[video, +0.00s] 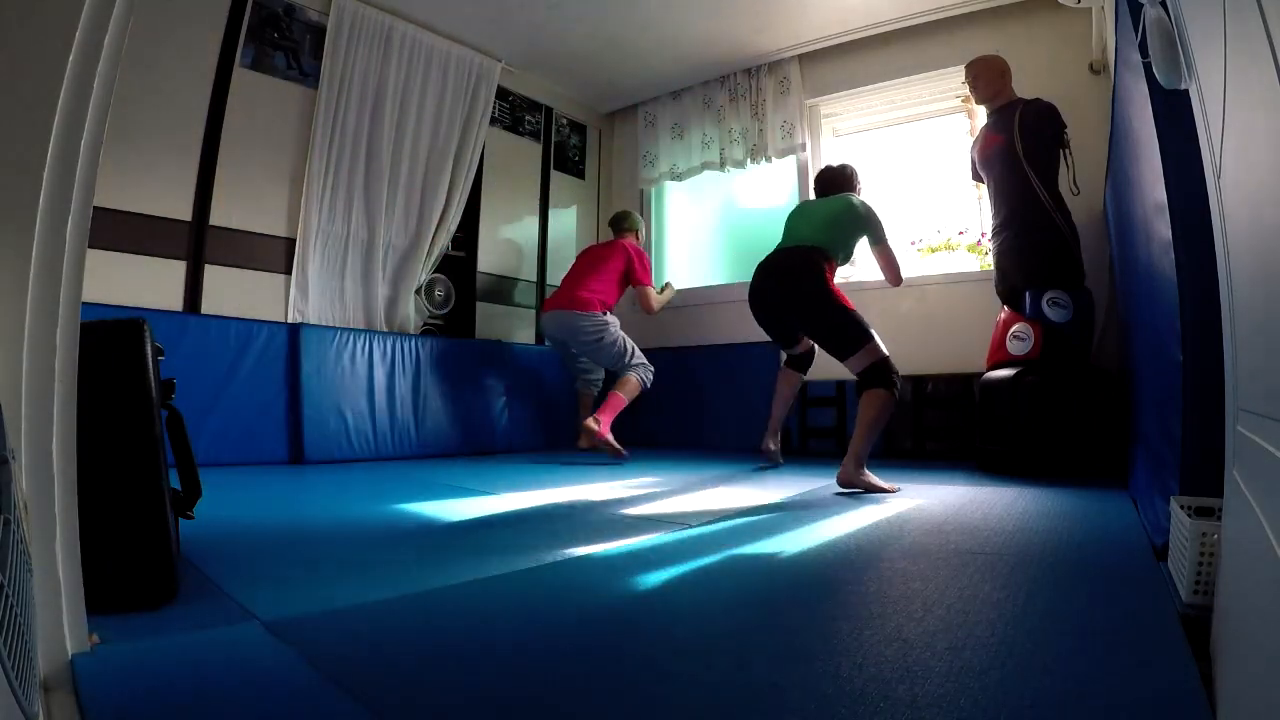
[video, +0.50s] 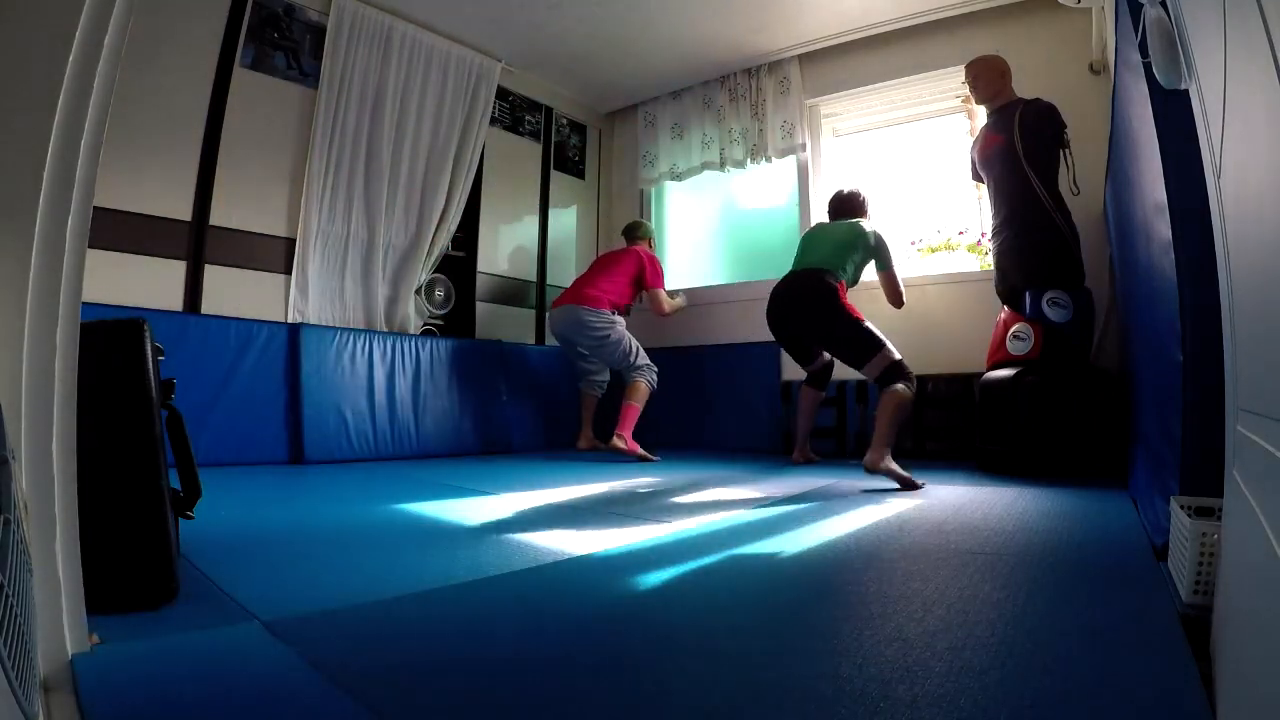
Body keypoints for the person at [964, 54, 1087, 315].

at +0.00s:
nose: (970, 85)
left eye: (975, 77)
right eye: (967, 81)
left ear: (1003, 76)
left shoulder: (1038, 112)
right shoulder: (980, 141)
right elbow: (978, 175)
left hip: (1050, 244)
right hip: (1008, 251)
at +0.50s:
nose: (970, 86)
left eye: (975, 77)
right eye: (968, 82)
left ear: (1003, 75)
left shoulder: (1037, 111)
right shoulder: (981, 140)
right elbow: (978, 176)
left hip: (1050, 244)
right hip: (1008, 250)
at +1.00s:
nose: (970, 85)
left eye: (975, 77)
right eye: (967, 81)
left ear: (1003, 75)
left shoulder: (1038, 112)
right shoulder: (981, 140)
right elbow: (977, 174)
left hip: (1050, 244)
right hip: (1008, 252)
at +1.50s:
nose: (970, 85)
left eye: (975, 76)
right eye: (967, 81)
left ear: (1003, 75)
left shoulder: (1037, 112)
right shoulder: (980, 141)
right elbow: (977, 176)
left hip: (1051, 245)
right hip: (1008, 252)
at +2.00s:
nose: (970, 87)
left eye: (975, 78)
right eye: (968, 81)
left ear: (1002, 75)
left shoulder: (1036, 111)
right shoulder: (981, 139)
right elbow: (978, 177)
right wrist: (975, 128)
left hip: (1049, 241)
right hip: (1009, 248)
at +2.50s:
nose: (970, 87)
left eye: (975, 78)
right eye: (968, 82)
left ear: (1002, 75)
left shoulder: (1036, 111)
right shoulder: (982, 137)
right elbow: (977, 175)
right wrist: (974, 123)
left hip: (1048, 240)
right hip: (1008, 246)